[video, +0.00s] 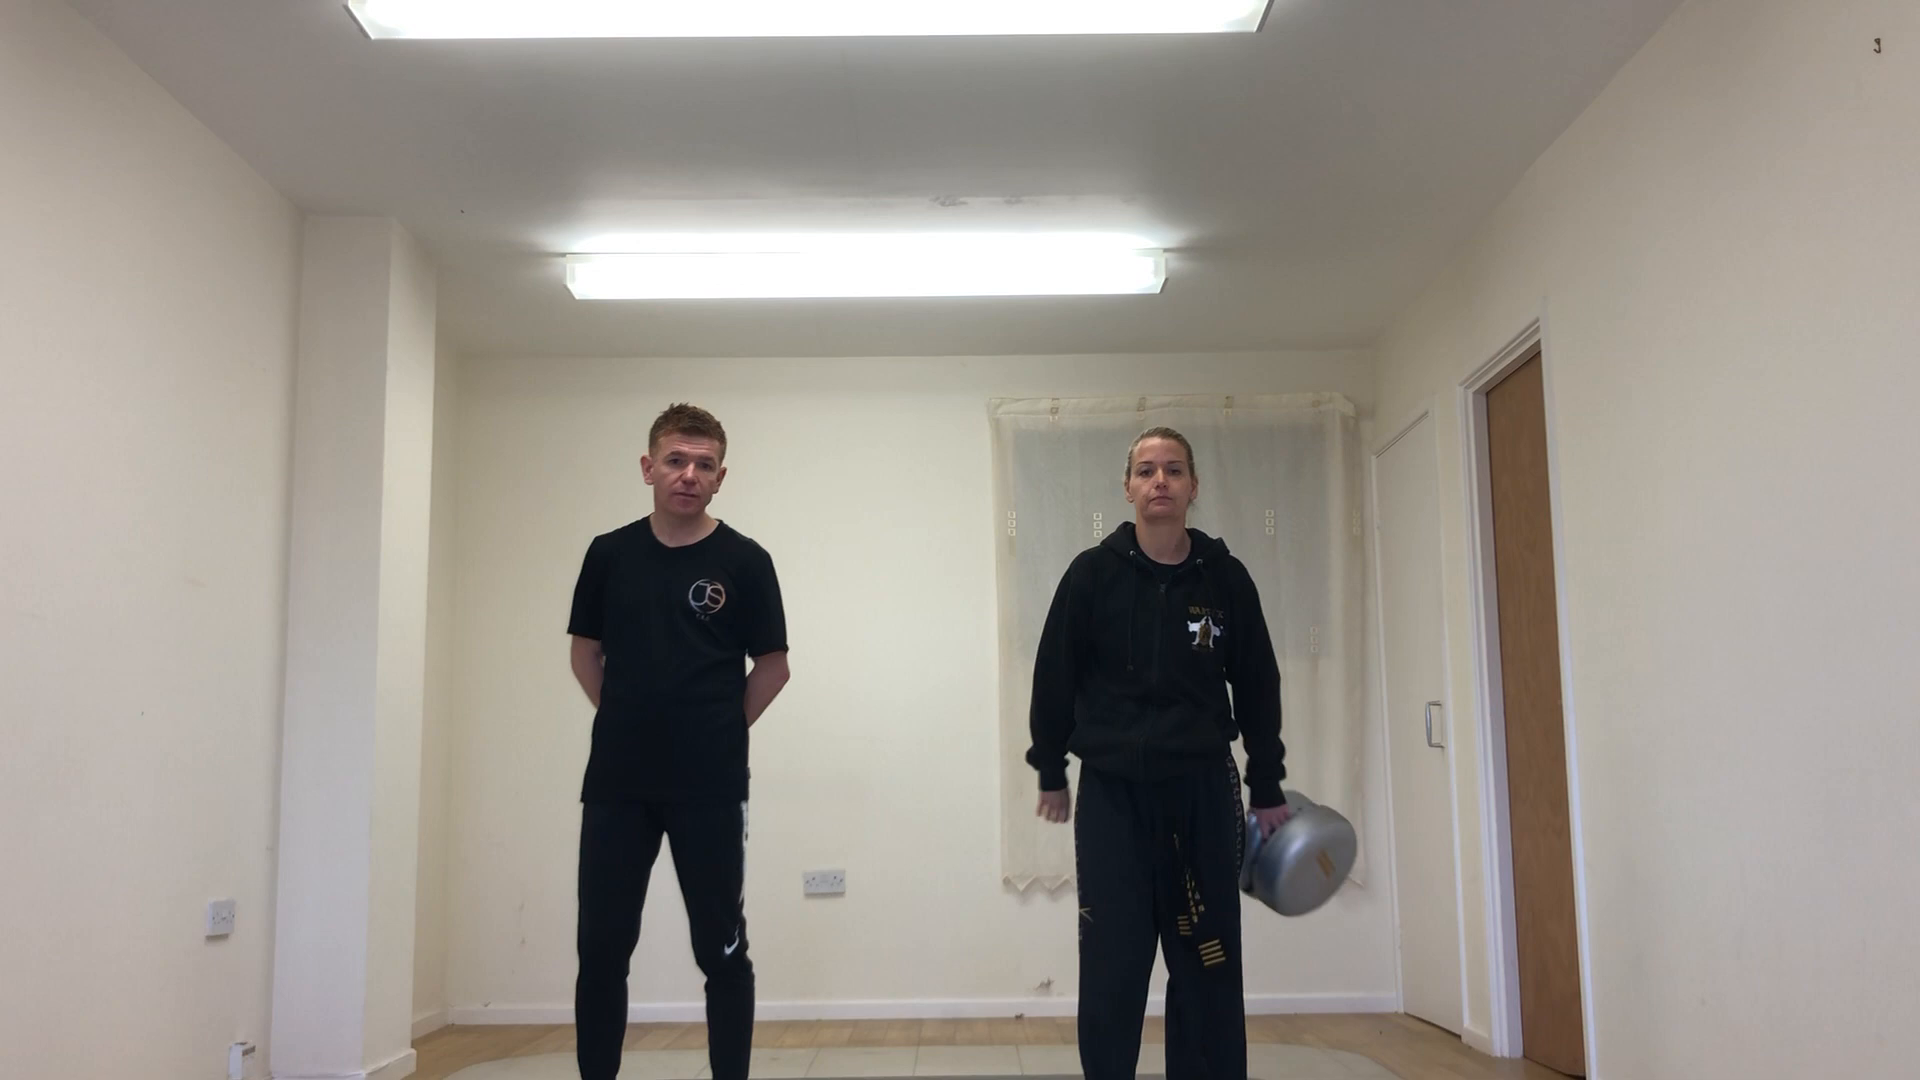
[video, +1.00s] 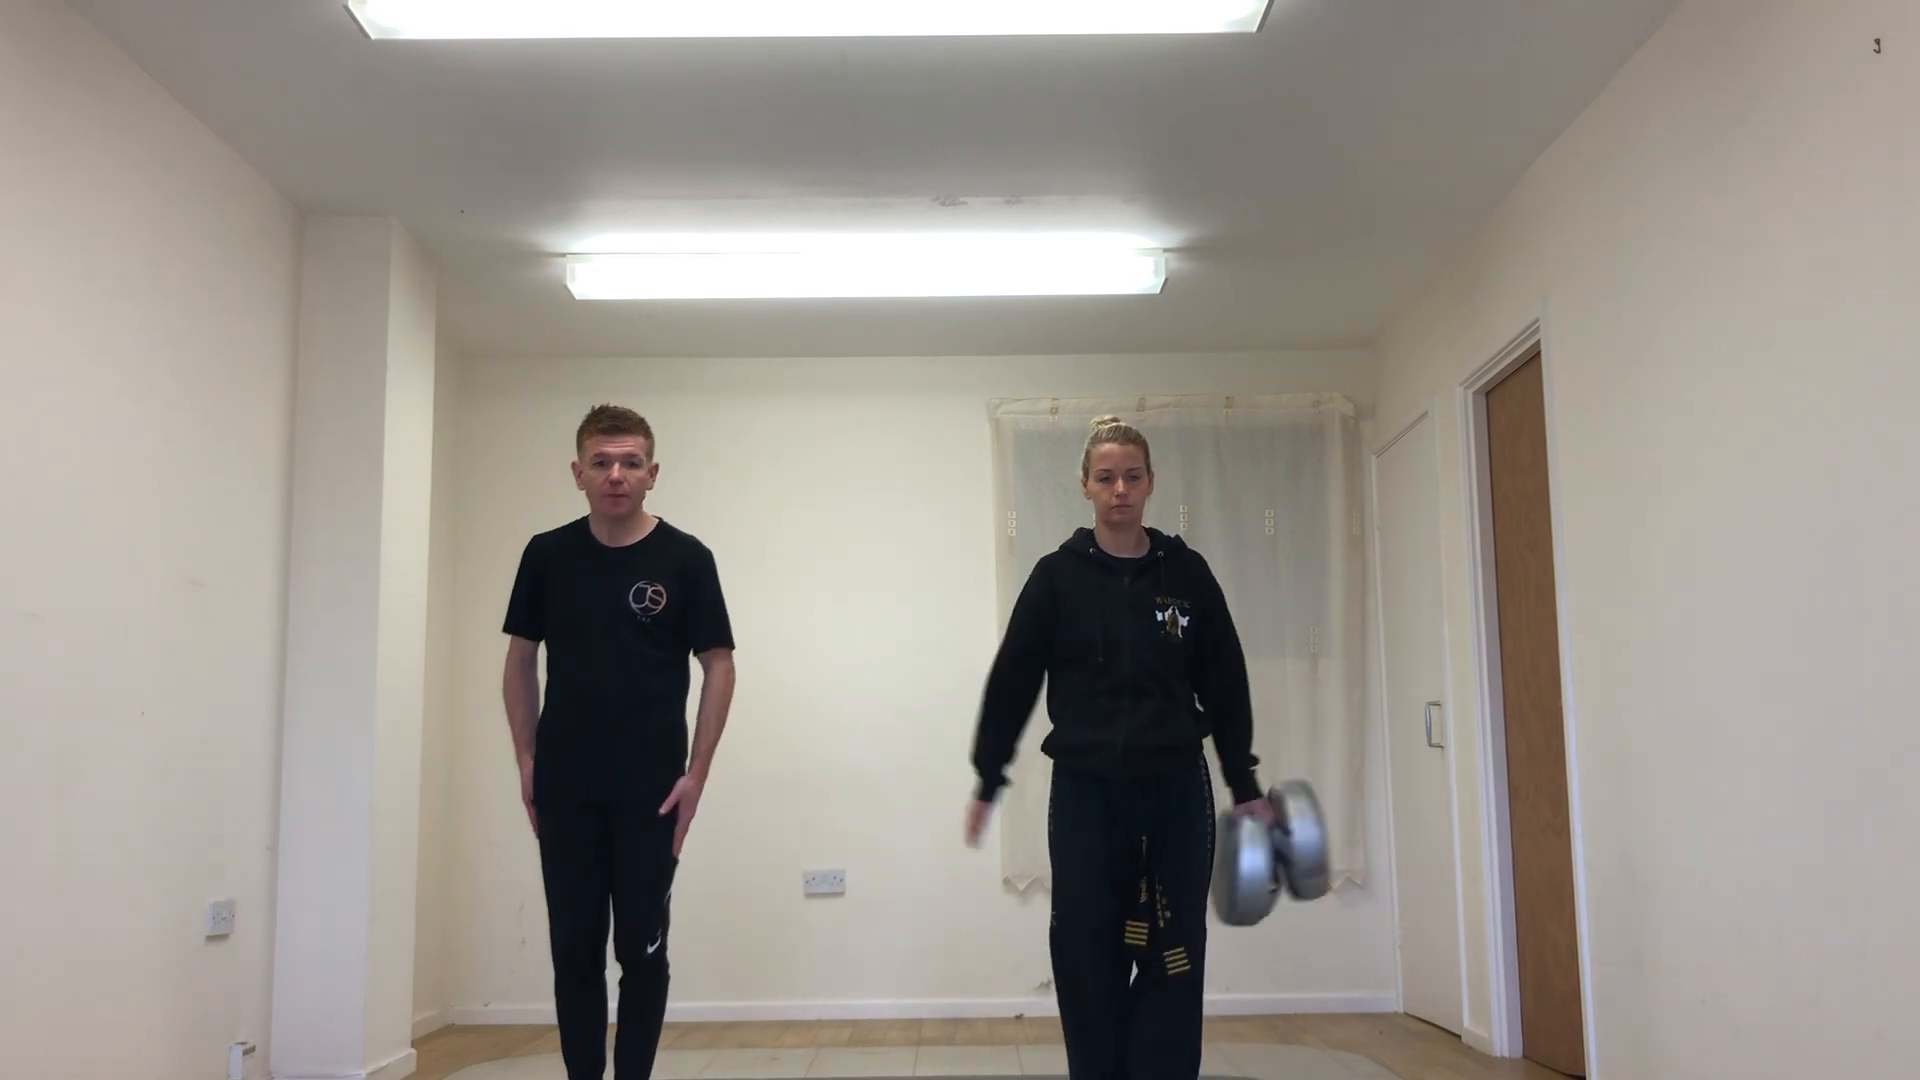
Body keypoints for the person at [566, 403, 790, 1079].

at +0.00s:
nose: (690, 475)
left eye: (704, 464)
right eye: (677, 461)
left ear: (719, 476)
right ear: (648, 468)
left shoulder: (746, 561)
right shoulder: (607, 553)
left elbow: (774, 665)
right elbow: (585, 658)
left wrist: (719, 725)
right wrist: (632, 717)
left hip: (708, 776)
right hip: (620, 773)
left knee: (722, 952)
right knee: (601, 953)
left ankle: (730, 1077)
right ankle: (596, 1076)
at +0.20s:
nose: (664, 477)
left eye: (679, 466)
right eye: (651, 463)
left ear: (695, 479)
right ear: (625, 470)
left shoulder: (726, 563)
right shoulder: (585, 555)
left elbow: (776, 658)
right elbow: (532, 641)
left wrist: (740, 754)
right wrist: (561, 739)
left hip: (689, 780)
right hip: (599, 778)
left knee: (709, 952)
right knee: (591, 955)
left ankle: (725, 1076)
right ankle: (590, 1077)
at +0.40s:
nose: (634, 475)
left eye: (649, 463)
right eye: (620, 462)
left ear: (668, 475)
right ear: (594, 471)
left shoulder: (701, 560)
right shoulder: (557, 558)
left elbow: (764, 643)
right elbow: (496, 643)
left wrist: (801, 732)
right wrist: (447, 736)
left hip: (667, 781)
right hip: (579, 779)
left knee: (666, 948)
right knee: (579, 955)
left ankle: (690, 1076)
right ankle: (584, 1077)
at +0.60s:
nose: (619, 471)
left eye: (633, 460)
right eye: (604, 459)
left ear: (651, 473)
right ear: (579, 471)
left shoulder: (690, 557)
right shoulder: (546, 557)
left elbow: (744, 652)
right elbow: (513, 660)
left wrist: (774, 745)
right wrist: (488, 757)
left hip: (652, 780)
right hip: (569, 778)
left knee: (633, 948)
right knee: (574, 953)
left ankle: (627, 1076)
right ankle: (583, 1076)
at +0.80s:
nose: (615, 470)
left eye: (629, 458)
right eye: (601, 457)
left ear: (649, 471)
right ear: (577, 469)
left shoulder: (687, 556)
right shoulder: (544, 554)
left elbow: (726, 660)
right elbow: (522, 663)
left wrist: (698, 759)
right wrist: (531, 760)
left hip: (650, 779)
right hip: (564, 777)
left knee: (645, 949)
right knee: (574, 949)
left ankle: (632, 1076)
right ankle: (583, 1074)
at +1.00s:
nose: (616, 475)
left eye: (630, 463)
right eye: (602, 462)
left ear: (650, 474)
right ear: (580, 473)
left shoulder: (685, 558)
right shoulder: (546, 553)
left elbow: (719, 668)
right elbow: (519, 664)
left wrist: (696, 774)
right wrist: (526, 761)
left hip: (649, 781)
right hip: (563, 779)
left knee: (641, 951)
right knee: (575, 953)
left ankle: (631, 1076)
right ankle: (583, 1075)